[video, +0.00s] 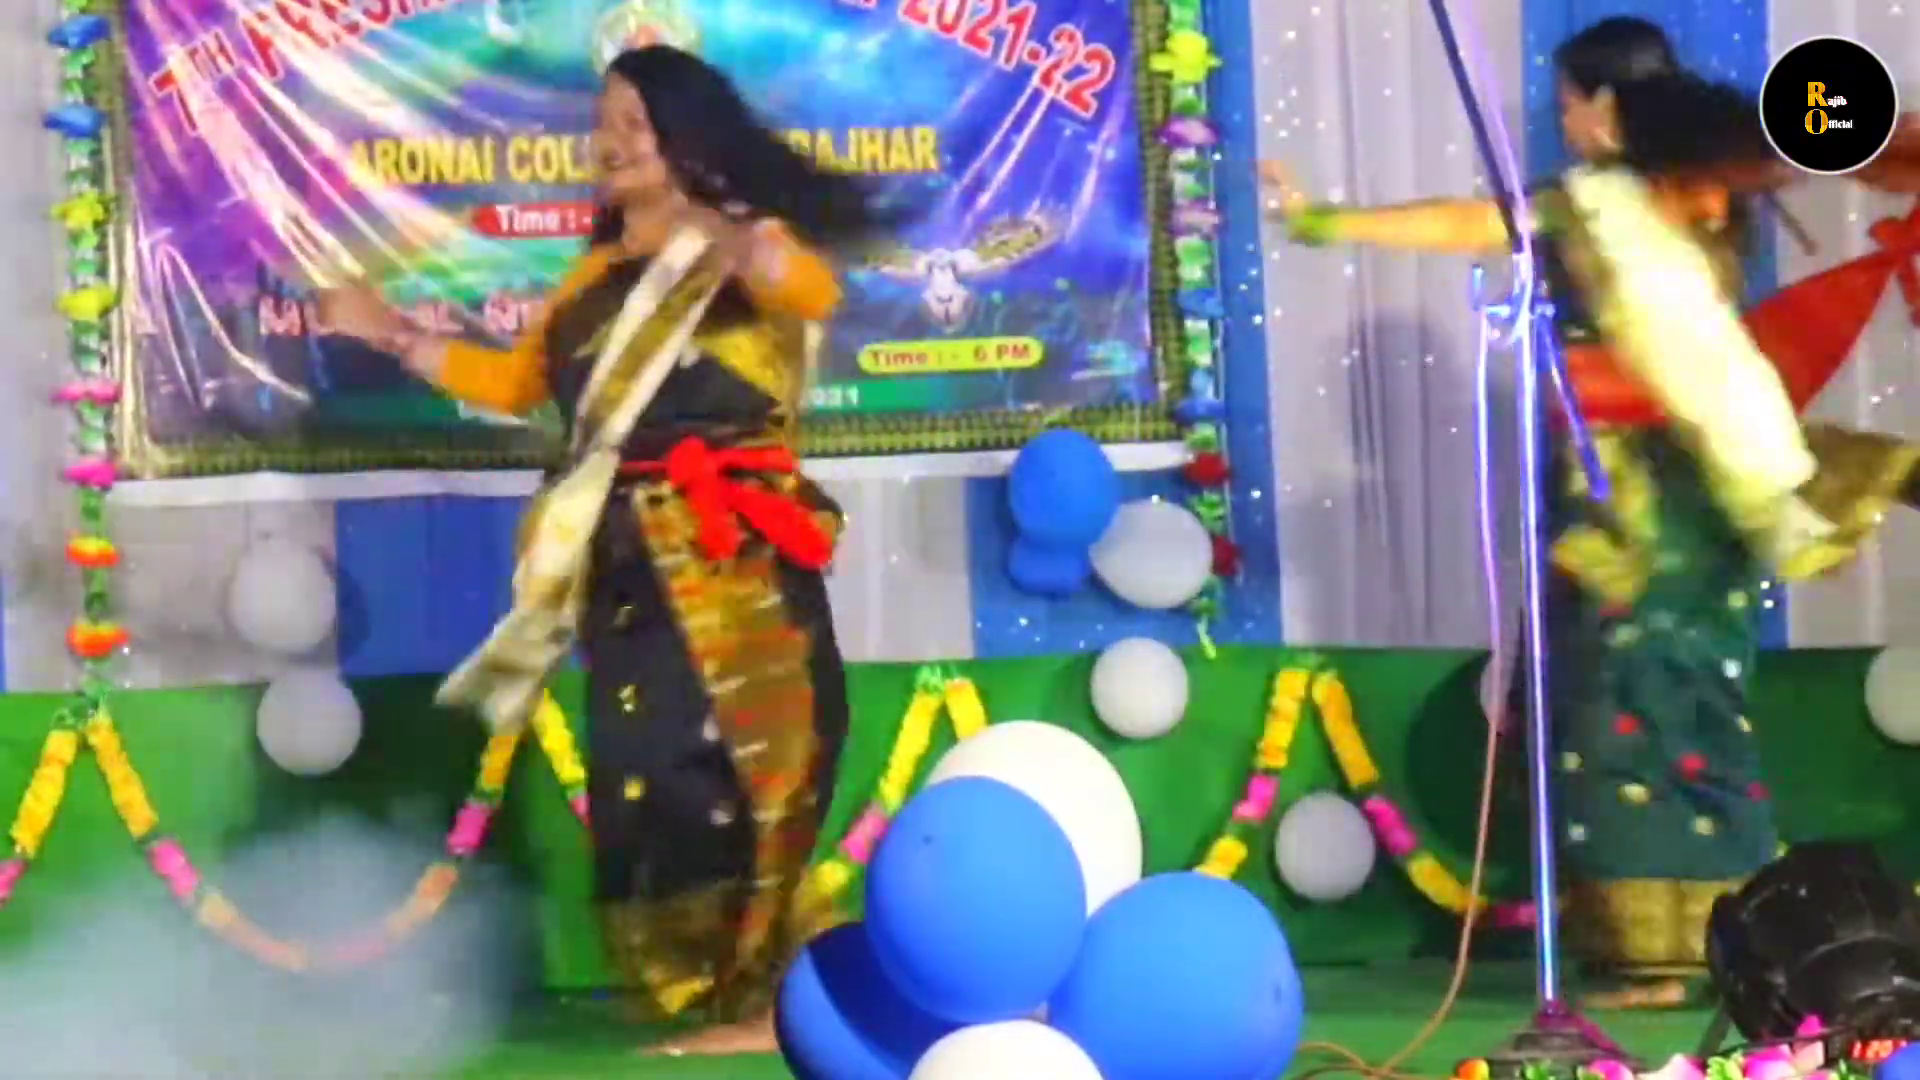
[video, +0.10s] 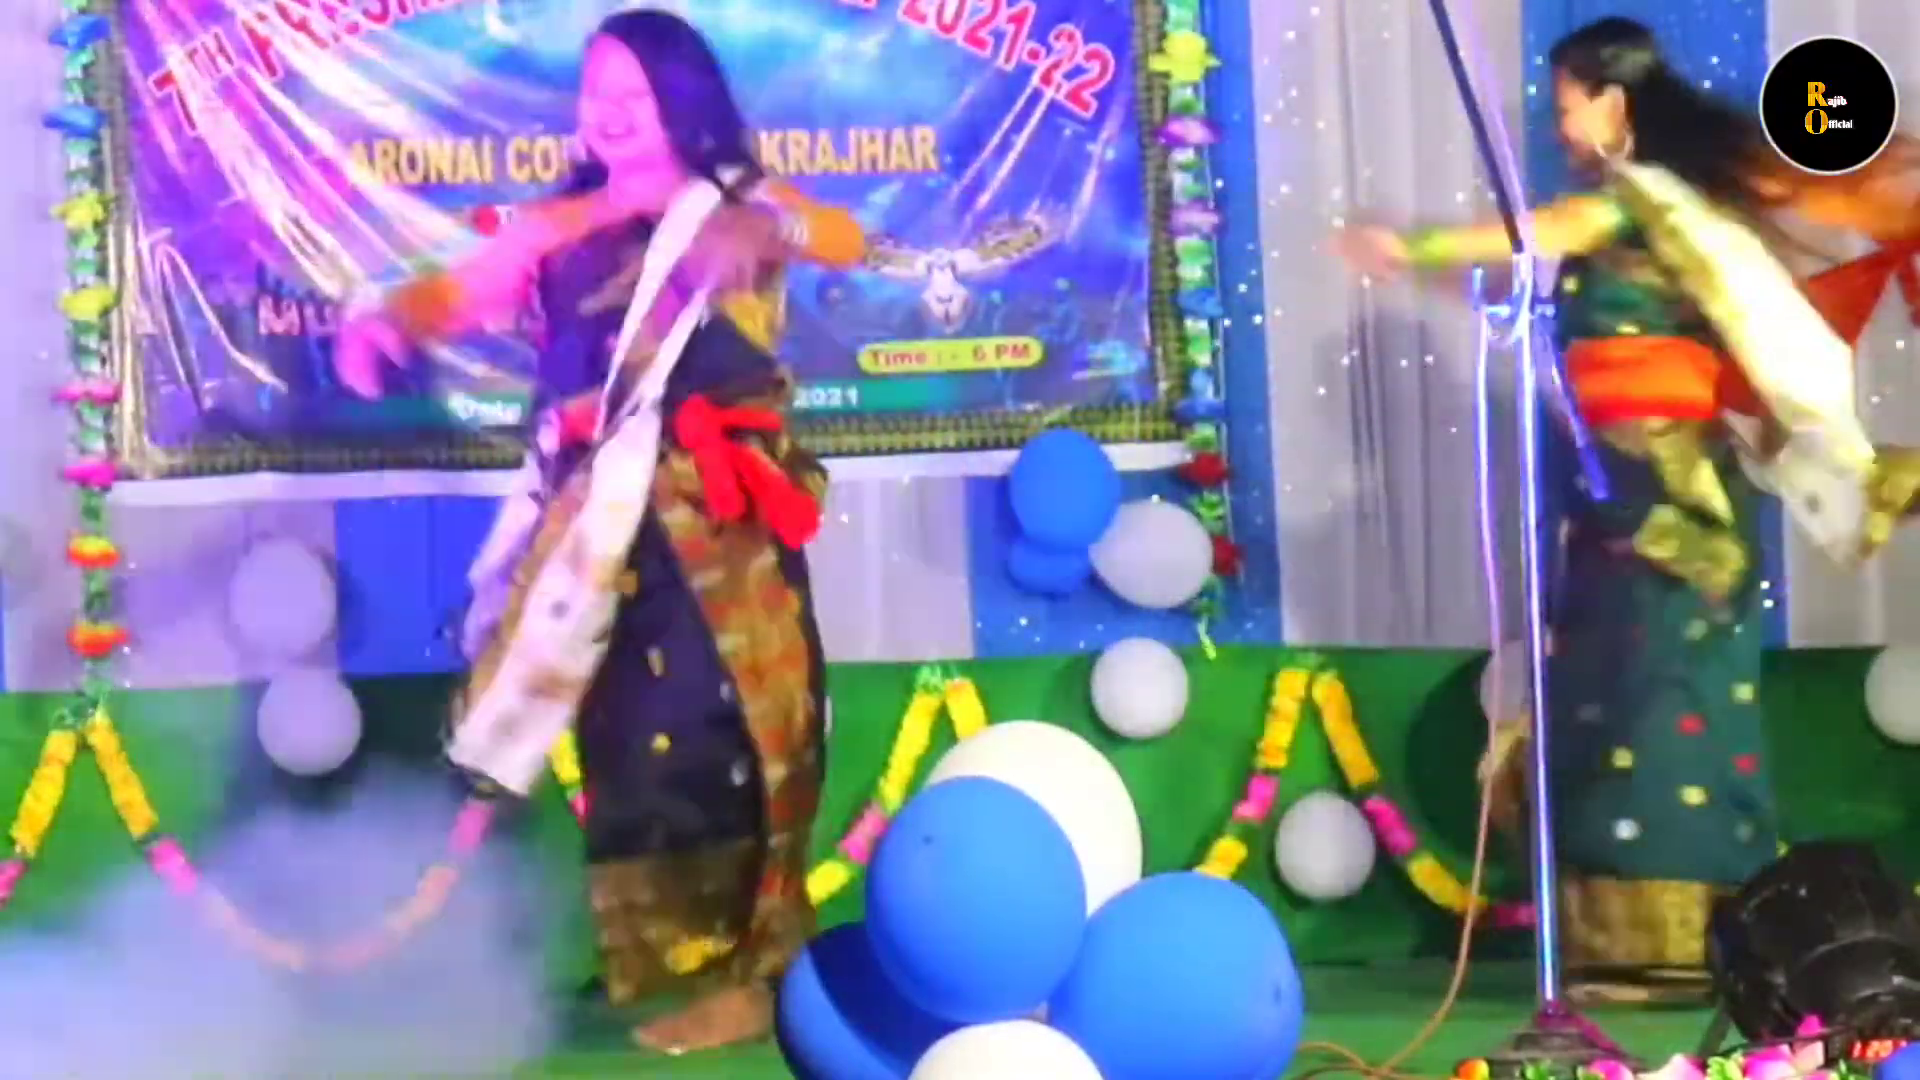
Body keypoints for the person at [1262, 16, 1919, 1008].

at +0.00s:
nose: (1561, 122)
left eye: (1568, 104)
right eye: (1564, 104)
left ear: (1601, 107)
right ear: (1649, 100)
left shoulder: (1596, 199)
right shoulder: (1710, 197)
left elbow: (1470, 223)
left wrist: (1324, 220)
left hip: (1628, 483)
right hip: (1705, 479)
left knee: (1618, 700)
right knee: (1686, 699)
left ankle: (1656, 957)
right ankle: (1705, 938)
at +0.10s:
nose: (1557, 124)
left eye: (1565, 103)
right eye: (1556, 104)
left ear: (1614, 100)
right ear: (1628, 101)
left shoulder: (1626, 200)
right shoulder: (1676, 204)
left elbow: (1528, 238)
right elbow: (1515, 276)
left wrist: (1411, 246)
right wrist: (1416, 269)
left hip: (1639, 484)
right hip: (1683, 480)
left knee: (1626, 709)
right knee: (1675, 708)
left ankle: (1638, 947)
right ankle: (1679, 939)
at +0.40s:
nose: (1546, 233)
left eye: (1562, 212)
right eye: (1538, 216)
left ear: (1618, 209)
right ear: (1530, 222)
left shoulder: (1676, 321)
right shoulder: (1523, 333)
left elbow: (1687, 464)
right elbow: (1505, 473)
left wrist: (1611, 578)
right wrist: (1515, 588)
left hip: (1663, 560)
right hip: (1558, 565)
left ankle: (1684, 927)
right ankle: (1577, 931)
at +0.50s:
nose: (1529, 205)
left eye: (1545, 184)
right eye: (1522, 186)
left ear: (1595, 180)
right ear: (1515, 189)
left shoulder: (1661, 294)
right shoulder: (1498, 290)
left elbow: (1685, 445)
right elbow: (1448, 427)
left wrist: (1611, 570)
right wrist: (1487, 552)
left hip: (1643, 534)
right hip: (1532, 539)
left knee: (1649, 743)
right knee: (1447, 712)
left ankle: (1692, 962)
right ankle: (1497, 917)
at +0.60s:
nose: (1507, 152)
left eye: (1522, 130)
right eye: (1494, 136)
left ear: (1571, 125)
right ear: (1487, 142)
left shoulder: (1635, 238)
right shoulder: (1472, 243)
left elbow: (1657, 383)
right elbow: (1416, 379)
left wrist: (1592, 515)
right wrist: (1437, 496)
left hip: (1600, 506)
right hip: (1483, 512)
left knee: (1606, 725)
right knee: (1417, 710)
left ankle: (1677, 946)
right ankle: (1440, 937)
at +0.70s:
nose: (1457, 139)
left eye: (1471, 116)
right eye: (1444, 120)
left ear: (1524, 104)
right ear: (1435, 122)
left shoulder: (1600, 205)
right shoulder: (1429, 219)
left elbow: (1628, 349)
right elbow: (1368, 346)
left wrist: (1561, 472)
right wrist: (1384, 456)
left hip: (1559, 504)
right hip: (1439, 502)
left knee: (1541, 723)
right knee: (1423, 724)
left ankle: (1555, 940)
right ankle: (1415, 968)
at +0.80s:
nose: (1435, 161)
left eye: (1449, 139)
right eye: (1423, 144)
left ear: (1503, 125)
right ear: (1415, 144)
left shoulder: (1581, 230)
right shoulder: (1402, 242)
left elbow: (1612, 379)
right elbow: (1339, 369)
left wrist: (1540, 497)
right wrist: (1369, 463)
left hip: (1530, 535)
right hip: (1419, 530)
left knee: (1500, 750)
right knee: (1410, 747)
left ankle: (1486, 973)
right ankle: (1414, 974)